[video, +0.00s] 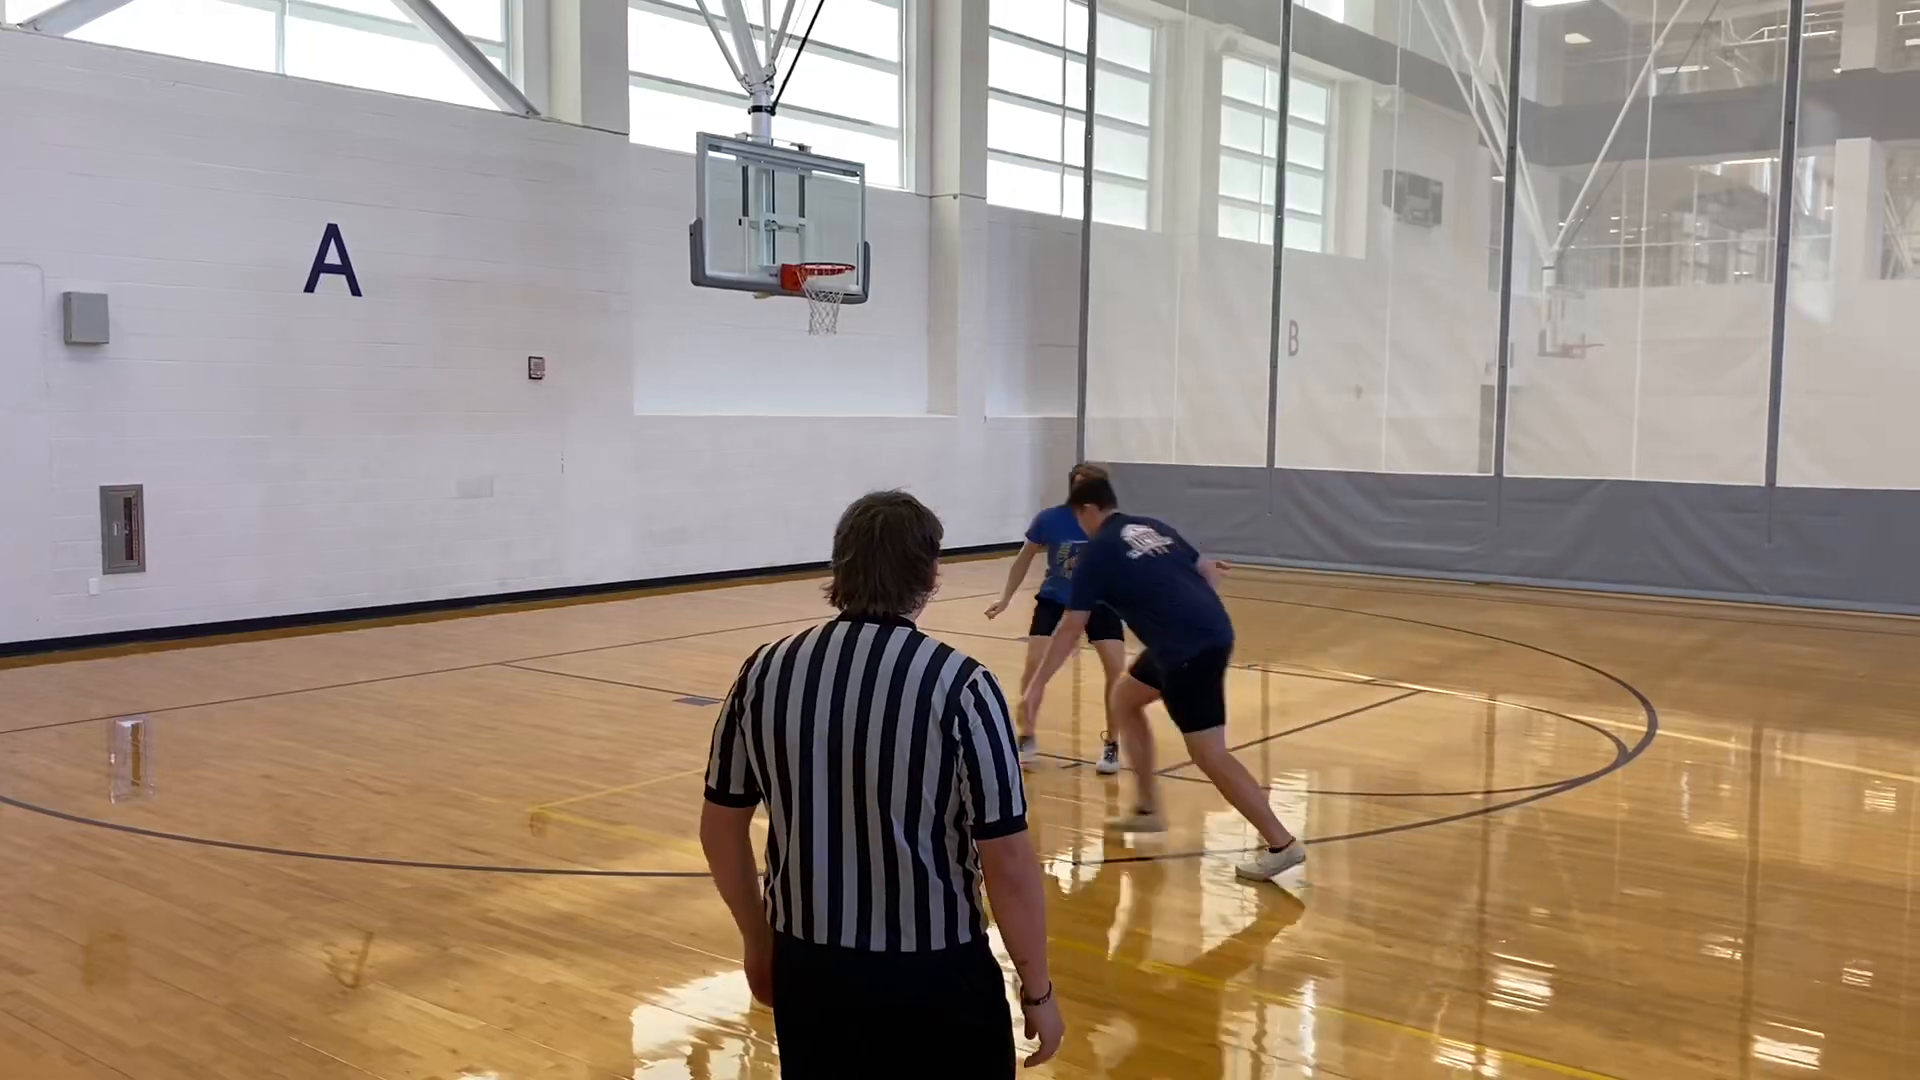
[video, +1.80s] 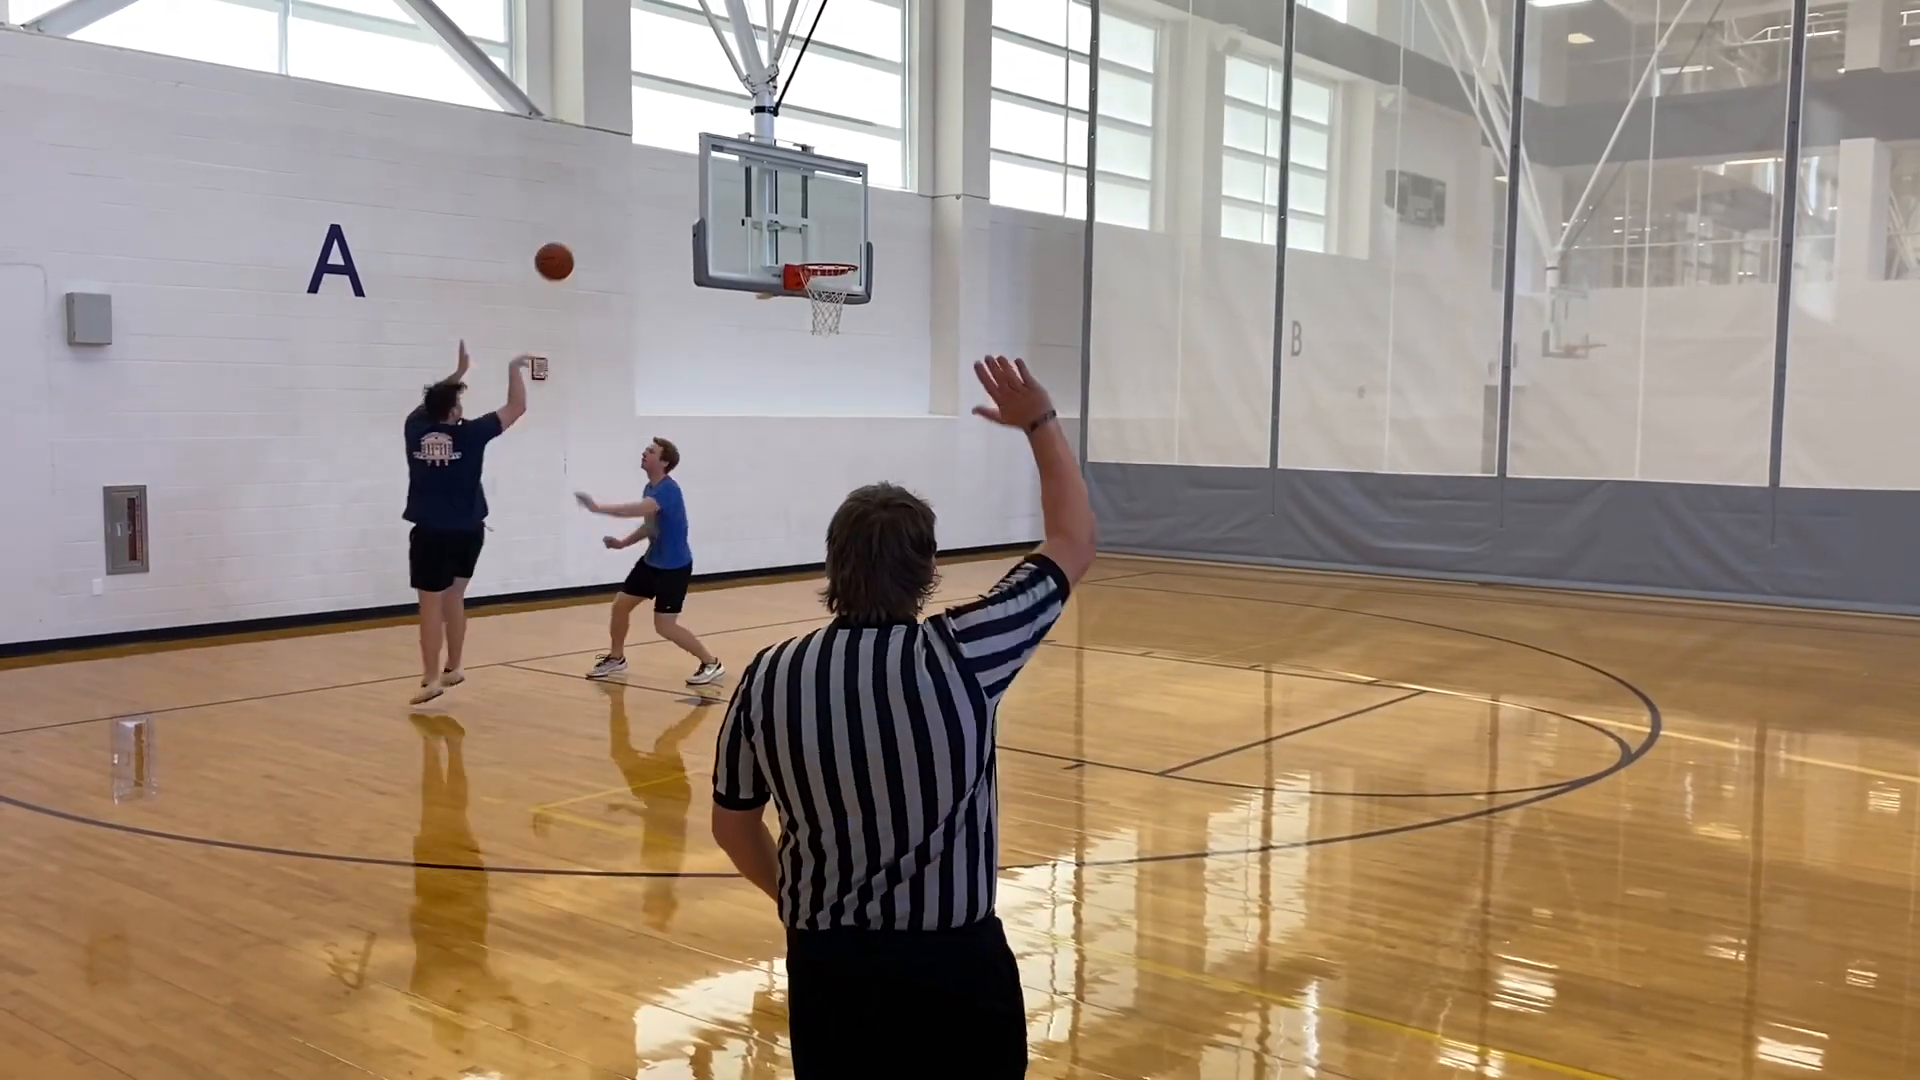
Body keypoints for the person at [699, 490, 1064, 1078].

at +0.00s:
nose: (938, 573)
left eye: (935, 558)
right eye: (935, 560)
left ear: (842, 565)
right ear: (926, 573)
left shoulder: (766, 669)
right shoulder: (961, 684)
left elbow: (720, 825)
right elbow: (1006, 858)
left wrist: (756, 933)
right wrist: (1038, 989)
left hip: (809, 979)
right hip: (941, 982)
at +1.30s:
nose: (940, 569)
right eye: (936, 558)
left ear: (842, 565)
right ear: (931, 569)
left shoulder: (766, 672)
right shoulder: (971, 680)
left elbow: (721, 831)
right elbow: (1025, 853)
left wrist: (758, 936)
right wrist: (1014, 924)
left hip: (814, 974)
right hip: (948, 975)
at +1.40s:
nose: (937, 574)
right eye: (934, 561)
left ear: (839, 568)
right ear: (927, 574)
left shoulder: (762, 677)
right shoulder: (967, 681)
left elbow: (719, 835)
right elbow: (1038, 851)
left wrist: (761, 932)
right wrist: (1004, 875)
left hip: (814, 978)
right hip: (947, 977)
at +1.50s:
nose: (930, 571)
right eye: (928, 560)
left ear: (832, 569)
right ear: (923, 574)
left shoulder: (760, 679)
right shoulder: (963, 677)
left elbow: (721, 833)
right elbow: (1070, 807)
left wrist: (767, 924)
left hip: (817, 980)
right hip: (949, 978)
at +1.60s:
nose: (931, 571)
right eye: (928, 559)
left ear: (832, 569)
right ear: (922, 572)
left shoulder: (762, 678)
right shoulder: (964, 671)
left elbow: (725, 832)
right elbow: (1101, 712)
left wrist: (775, 912)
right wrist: (1044, 632)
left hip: (820, 975)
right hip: (950, 972)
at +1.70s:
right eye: (925, 557)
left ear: (830, 565)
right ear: (923, 570)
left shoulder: (766, 676)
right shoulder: (962, 661)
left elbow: (728, 827)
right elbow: (1094, 605)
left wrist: (790, 904)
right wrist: (1044, 509)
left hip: (822, 970)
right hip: (952, 965)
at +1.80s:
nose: (927, 566)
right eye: (926, 555)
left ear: (834, 570)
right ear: (925, 570)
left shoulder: (767, 678)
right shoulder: (960, 653)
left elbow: (733, 825)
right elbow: (1073, 545)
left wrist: (791, 894)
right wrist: (1042, 424)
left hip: (827, 971)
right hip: (958, 969)